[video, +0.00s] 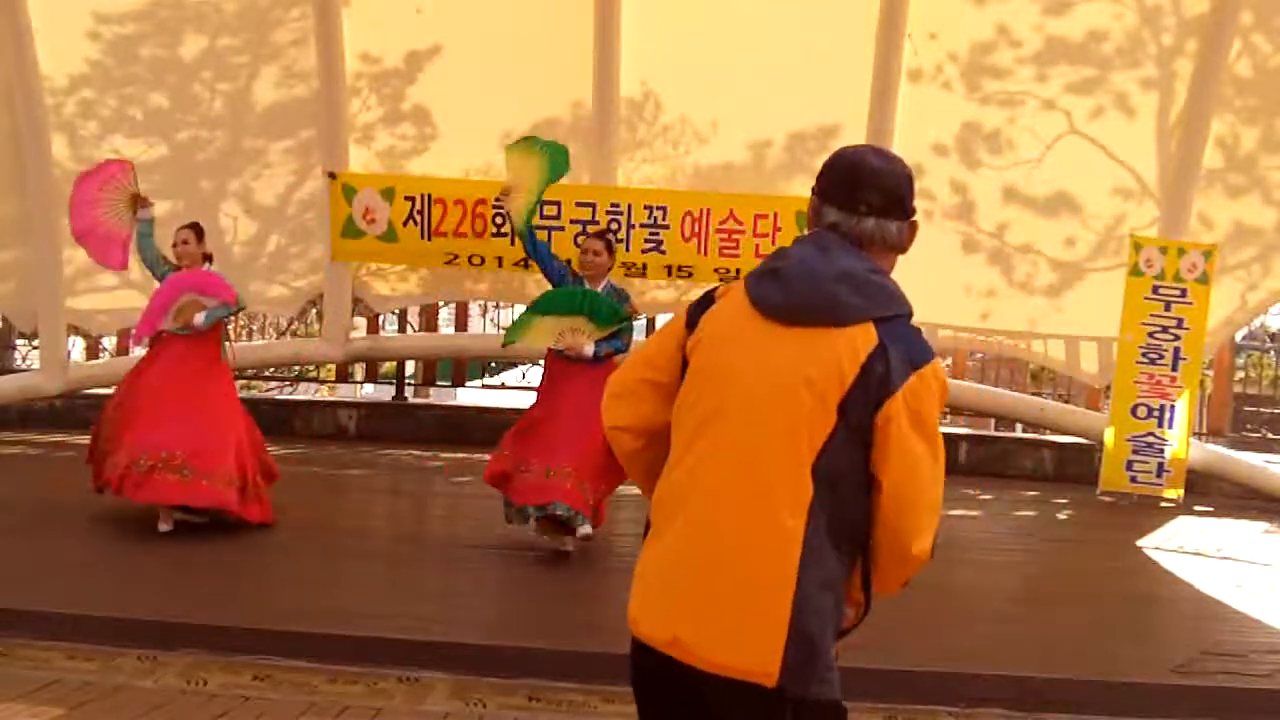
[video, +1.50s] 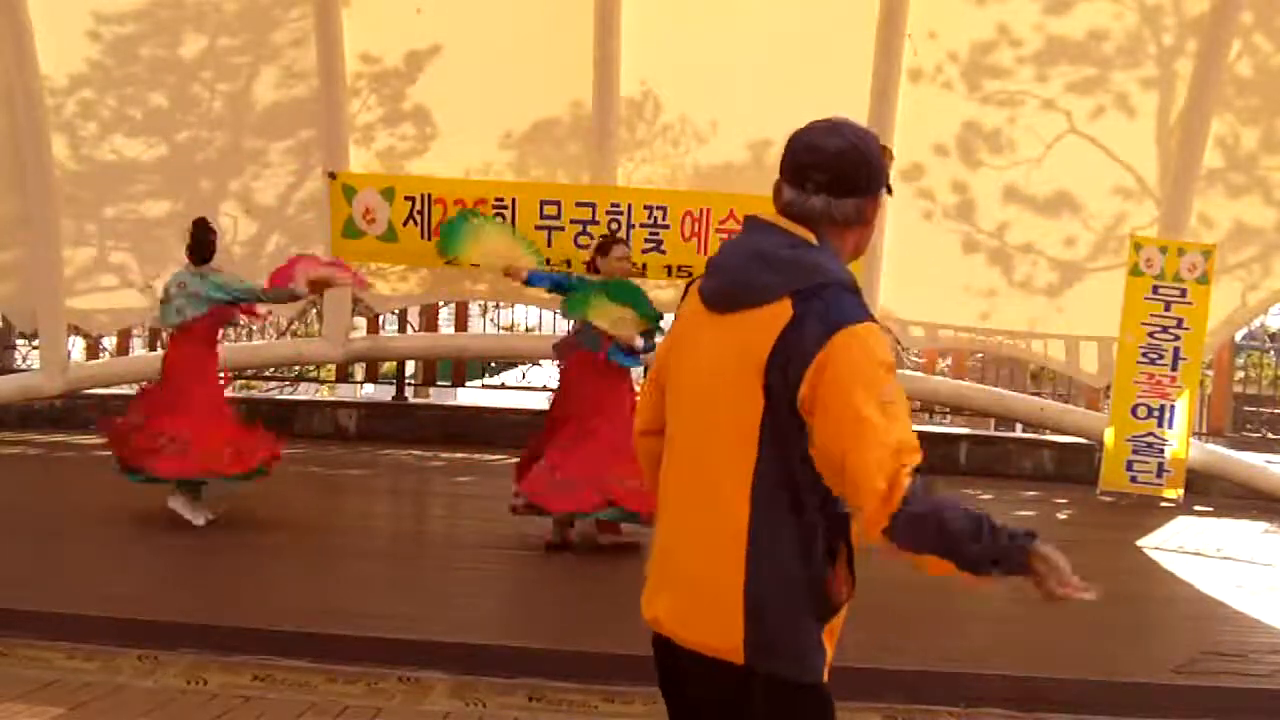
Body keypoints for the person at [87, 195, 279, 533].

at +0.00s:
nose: (179, 249)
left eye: (186, 243)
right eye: (176, 244)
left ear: (202, 247)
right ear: (173, 250)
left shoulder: (212, 279)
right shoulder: (170, 277)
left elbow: (234, 303)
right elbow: (147, 253)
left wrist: (205, 317)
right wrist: (144, 216)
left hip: (203, 360)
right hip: (167, 359)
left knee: (201, 423)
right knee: (162, 422)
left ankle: (198, 496)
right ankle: (164, 501)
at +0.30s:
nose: (188, 249)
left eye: (194, 244)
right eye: (182, 244)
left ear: (202, 249)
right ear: (173, 250)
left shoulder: (211, 281)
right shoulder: (166, 281)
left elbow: (240, 305)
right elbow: (136, 253)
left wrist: (208, 322)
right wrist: (150, 217)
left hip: (209, 362)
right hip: (175, 361)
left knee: (206, 427)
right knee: (169, 428)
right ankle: (168, 508)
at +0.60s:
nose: (220, 251)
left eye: (219, 245)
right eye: (216, 245)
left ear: (201, 248)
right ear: (201, 248)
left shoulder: (211, 285)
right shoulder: (188, 280)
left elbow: (231, 320)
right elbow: (158, 273)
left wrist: (235, 312)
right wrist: (134, 257)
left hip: (209, 363)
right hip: (190, 363)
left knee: (213, 430)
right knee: (190, 432)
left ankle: (205, 501)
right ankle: (172, 506)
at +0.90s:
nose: (172, 253)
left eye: (174, 247)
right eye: (173, 247)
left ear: (184, 248)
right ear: (203, 248)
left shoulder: (173, 286)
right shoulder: (224, 279)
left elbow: (147, 321)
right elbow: (270, 276)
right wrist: (305, 255)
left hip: (187, 368)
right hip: (221, 366)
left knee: (189, 428)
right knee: (228, 423)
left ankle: (196, 493)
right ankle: (228, 486)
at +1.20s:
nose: (228, 255)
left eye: (231, 249)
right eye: (222, 248)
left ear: (233, 250)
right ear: (203, 248)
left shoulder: (234, 285)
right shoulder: (184, 280)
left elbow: (257, 323)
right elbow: (137, 281)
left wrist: (221, 323)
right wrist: (94, 272)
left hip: (214, 364)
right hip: (184, 362)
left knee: (205, 426)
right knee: (173, 425)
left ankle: (204, 502)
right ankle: (170, 498)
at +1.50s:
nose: (215, 248)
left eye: (211, 244)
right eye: (215, 244)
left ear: (188, 248)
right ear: (214, 248)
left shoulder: (176, 282)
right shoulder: (213, 282)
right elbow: (256, 295)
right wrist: (300, 293)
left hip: (175, 360)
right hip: (198, 363)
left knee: (193, 425)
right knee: (203, 427)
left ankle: (191, 495)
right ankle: (184, 494)